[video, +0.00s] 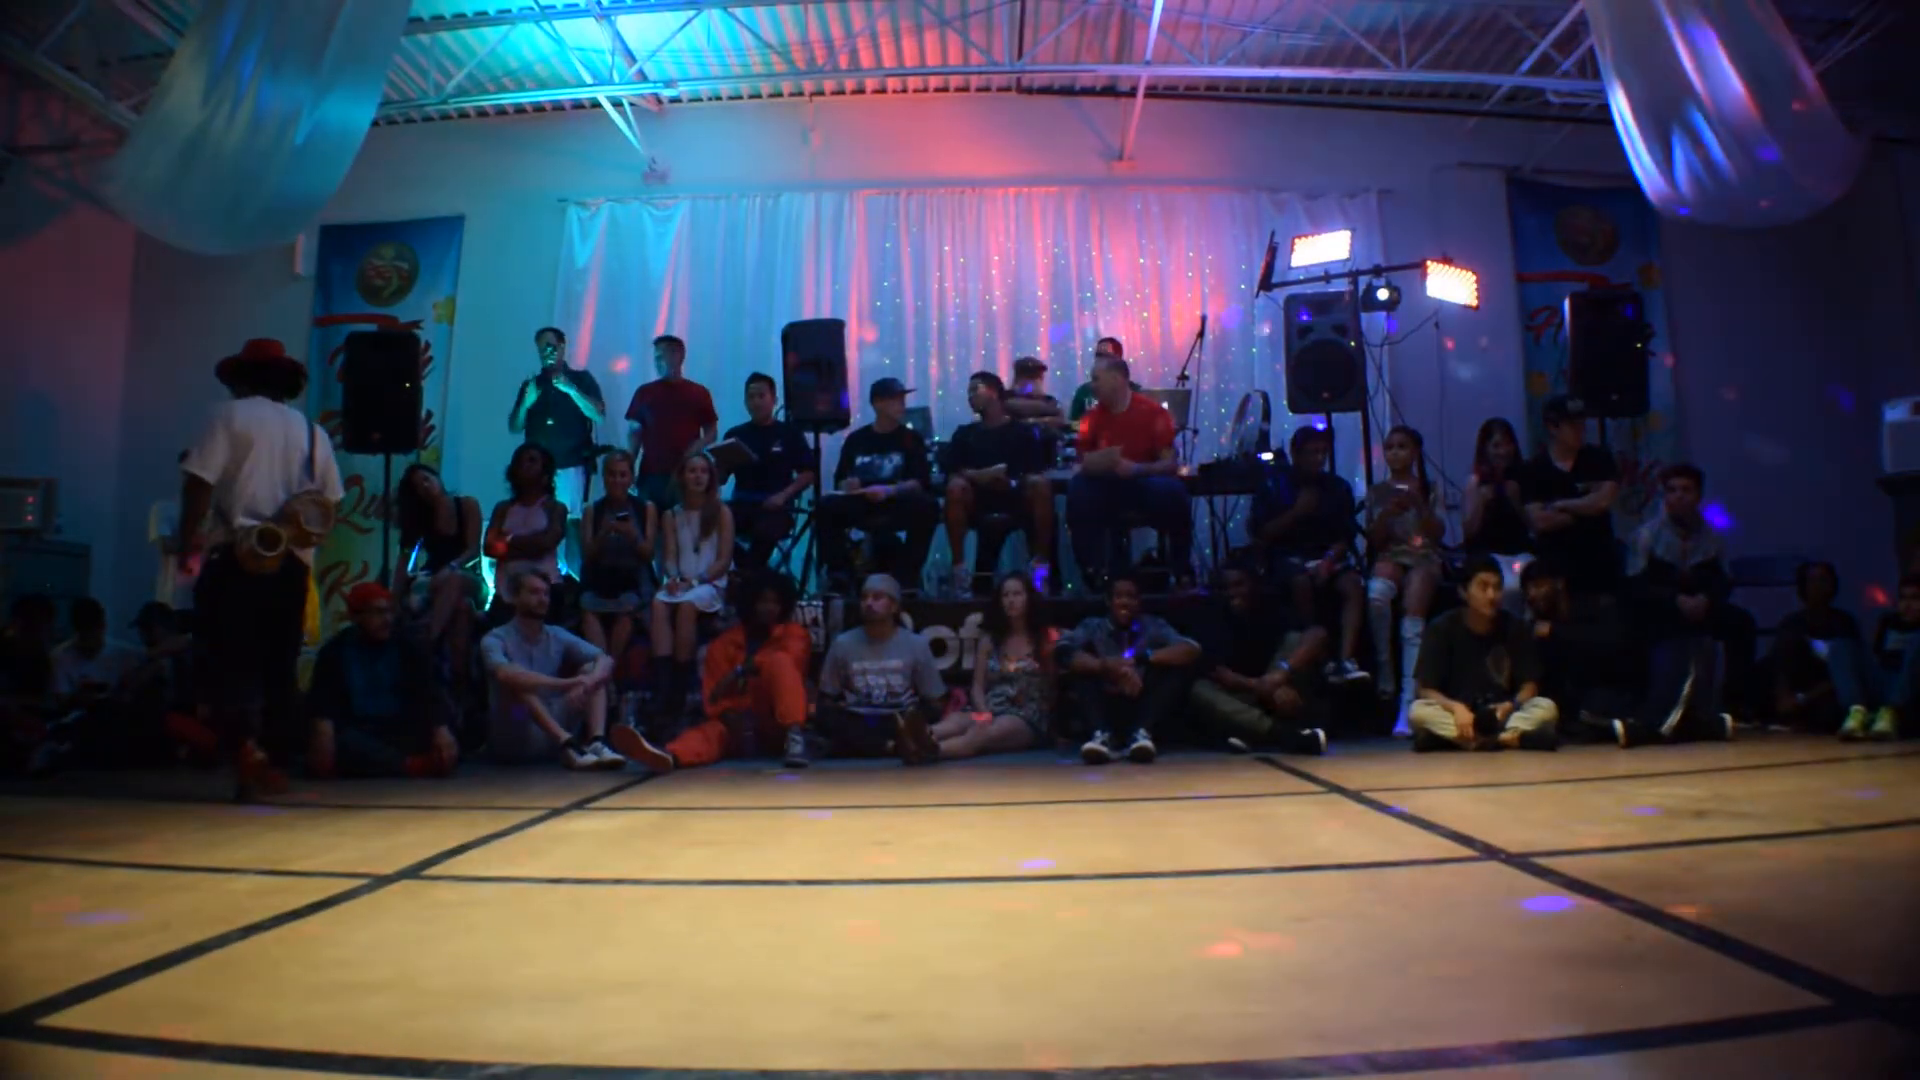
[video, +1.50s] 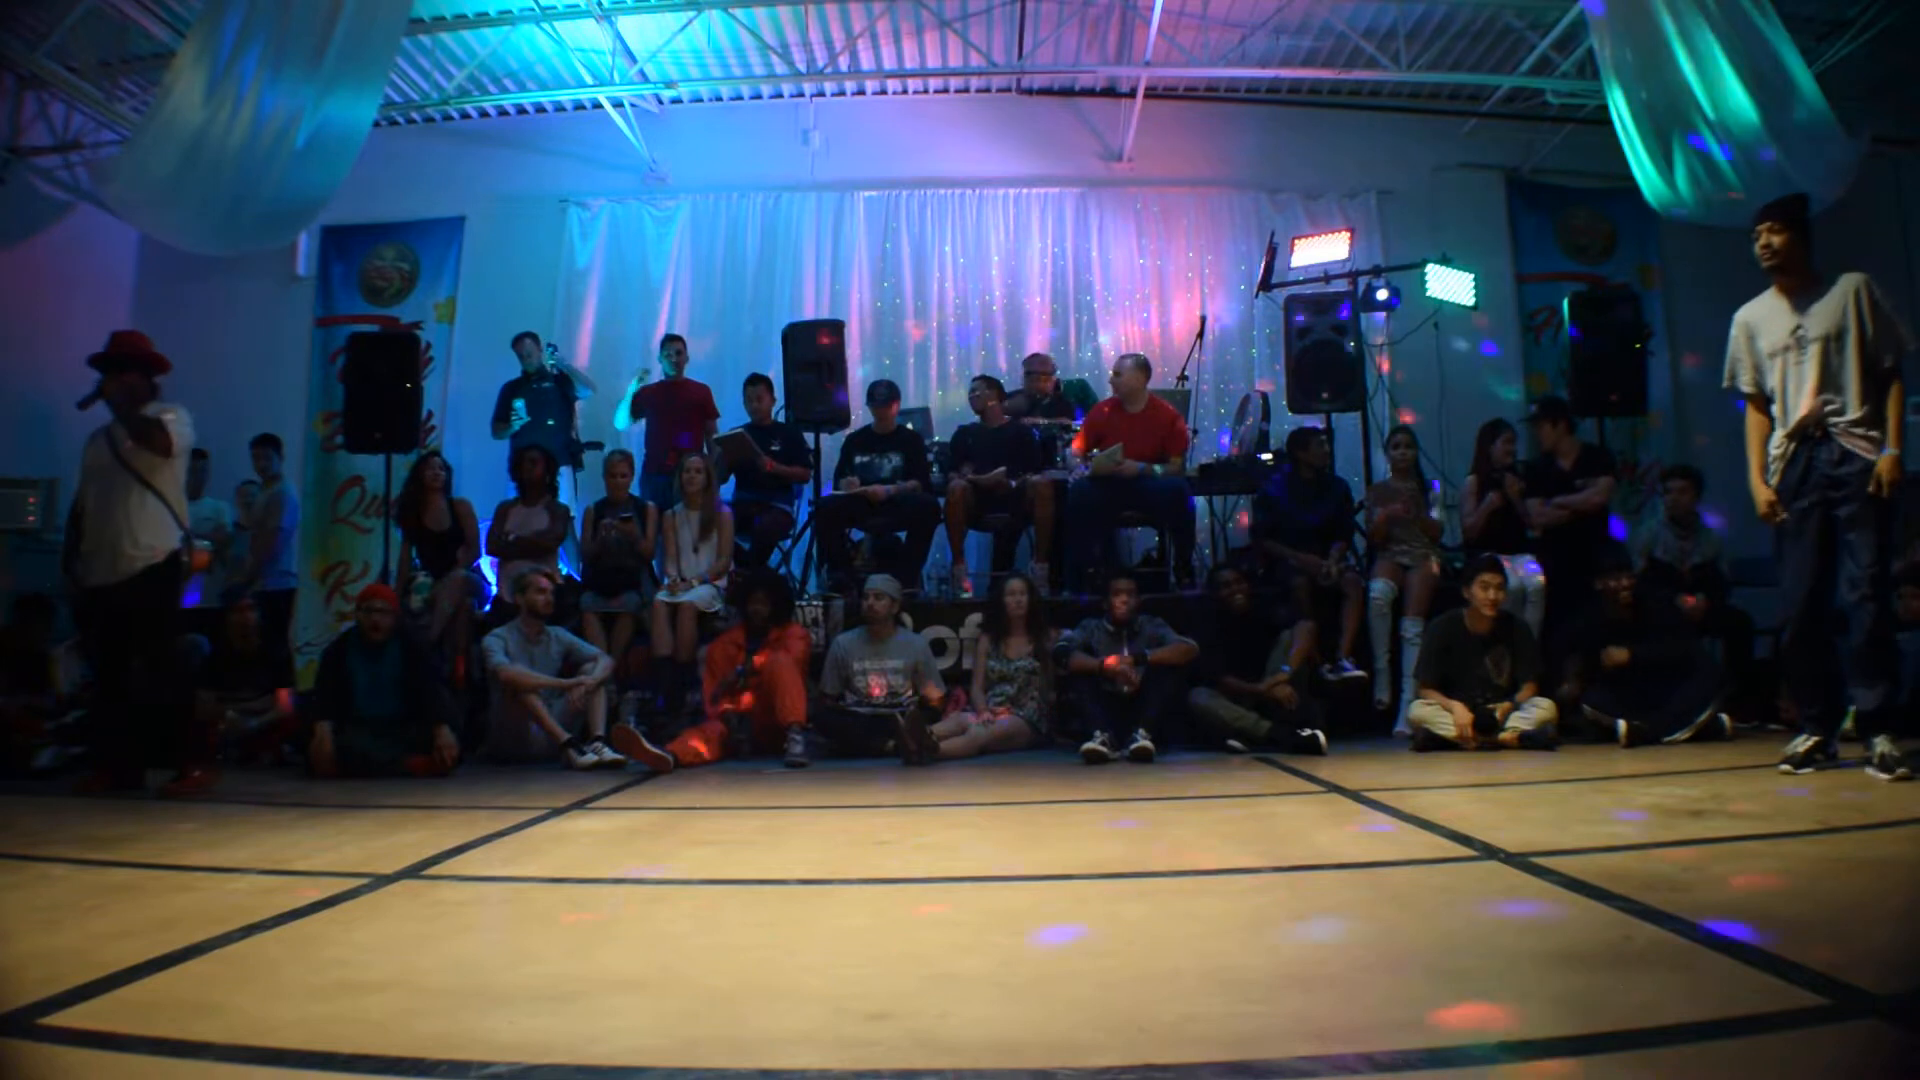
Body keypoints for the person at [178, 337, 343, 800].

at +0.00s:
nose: (233, 384)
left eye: (236, 378)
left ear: (241, 379)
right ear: (287, 383)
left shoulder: (229, 416)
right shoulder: (312, 433)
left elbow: (199, 481)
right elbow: (331, 500)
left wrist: (187, 542)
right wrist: (302, 531)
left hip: (232, 564)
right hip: (289, 568)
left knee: (228, 662)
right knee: (279, 665)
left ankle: (246, 761)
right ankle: (273, 763)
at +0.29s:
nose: (210, 388)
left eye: (215, 379)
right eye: (211, 379)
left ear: (232, 378)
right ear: (261, 379)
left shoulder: (235, 416)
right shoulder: (284, 430)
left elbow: (207, 484)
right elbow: (282, 500)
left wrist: (242, 522)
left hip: (225, 564)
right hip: (268, 564)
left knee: (205, 665)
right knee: (269, 670)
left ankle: (207, 767)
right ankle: (273, 768)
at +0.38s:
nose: (204, 389)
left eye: (209, 380)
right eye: (204, 380)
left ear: (228, 380)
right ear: (251, 381)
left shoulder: (233, 418)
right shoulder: (271, 428)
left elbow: (207, 485)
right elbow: (270, 498)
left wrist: (178, 498)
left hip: (221, 564)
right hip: (259, 563)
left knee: (205, 667)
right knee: (265, 667)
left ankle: (207, 766)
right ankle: (272, 767)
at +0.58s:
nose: (189, 391)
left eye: (196, 381)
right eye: (189, 382)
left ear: (218, 382)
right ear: (223, 384)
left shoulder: (234, 422)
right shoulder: (229, 425)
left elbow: (205, 483)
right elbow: (207, 492)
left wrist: (168, 470)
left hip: (217, 565)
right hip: (210, 566)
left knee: (207, 667)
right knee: (208, 667)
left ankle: (211, 764)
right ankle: (213, 760)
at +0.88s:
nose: (172, 386)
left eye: (180, 377)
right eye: (171, 378)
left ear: (205, 379)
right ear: (180, 383)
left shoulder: (227, 422)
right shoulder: (190, 428)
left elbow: (185, 464)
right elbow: (181, 513)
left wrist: (162, 416)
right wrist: (155, 564)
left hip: (209, 567)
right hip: (176, 571)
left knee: (196, 670)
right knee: (160, 669)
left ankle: (203, 764)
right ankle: (166, 763)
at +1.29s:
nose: (128, 383)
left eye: (137, 374)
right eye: (126, 375)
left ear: (163, 377)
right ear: (130, 382)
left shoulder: (189, 418)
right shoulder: (127, 429)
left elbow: (167, 444)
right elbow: (115, 501)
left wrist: (129, 404)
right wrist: (97, 554)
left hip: (170, 572)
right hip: (124, 577)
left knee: (179, 675)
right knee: (119, 679)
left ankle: (204, 764)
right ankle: (118, 768)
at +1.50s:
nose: (107, 386)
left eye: (115, 377)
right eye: (106, 378)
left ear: (142, 379)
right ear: (107, 385)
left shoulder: (172, 417)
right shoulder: (99, 440)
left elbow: (163, 443)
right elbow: (83, 507)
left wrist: (117, 405)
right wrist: (72, 561)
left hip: (154, 570)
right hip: (103, 576)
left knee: (158, 672)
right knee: (110, 678)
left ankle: (183, 762)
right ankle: (115, 766)